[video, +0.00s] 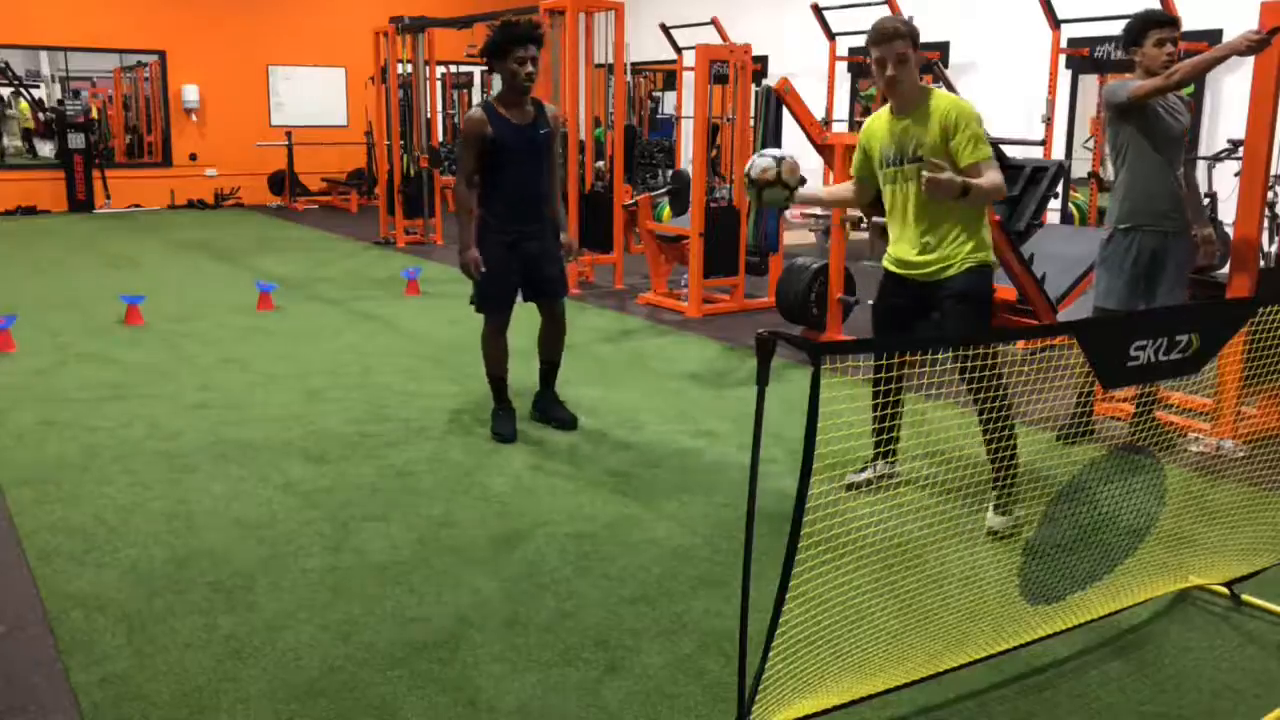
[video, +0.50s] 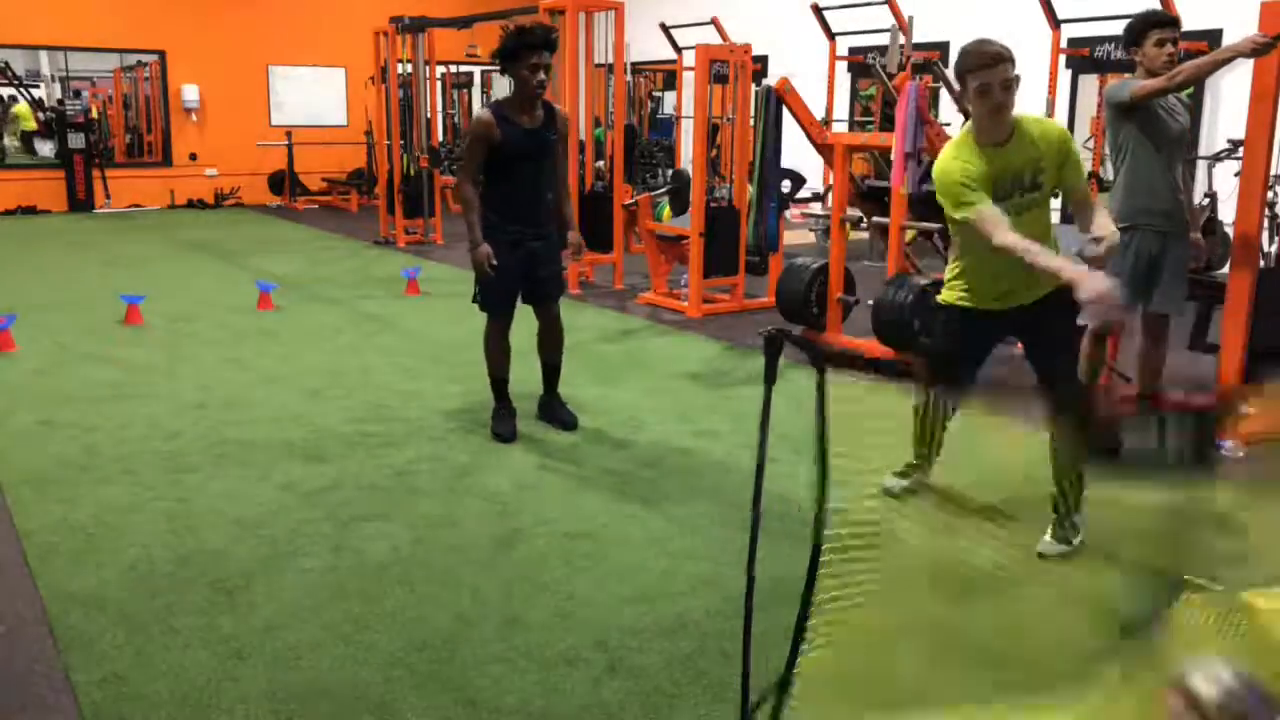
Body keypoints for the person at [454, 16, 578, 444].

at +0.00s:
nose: (527, 69)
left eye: (532, 61)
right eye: (517, 62)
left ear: (538, 65)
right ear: (497, 67)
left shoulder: (547, 118)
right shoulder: (478, 123)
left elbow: (553, 181)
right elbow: (464, 185)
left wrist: (564, 228)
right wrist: (467, 245)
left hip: (541, 237)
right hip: (496, 240)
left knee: (555, 314)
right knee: (495, 324)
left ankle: (547, 396)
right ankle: (502, 406)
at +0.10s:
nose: (526, 71)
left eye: (532, 63)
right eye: (517, 63)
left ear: (538, 66)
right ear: (496, 66)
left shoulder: (546, 116)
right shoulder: (477, 122)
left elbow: (552, 178)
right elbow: (462, 185)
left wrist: (562, 227)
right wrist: (467, 246)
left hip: (540, 238)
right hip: (496, 241)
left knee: (549, 317)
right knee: (496, 325)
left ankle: (545, 400)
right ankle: (502, 406)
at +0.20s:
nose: (527, 72)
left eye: (533, 64)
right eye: (518, 64)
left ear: (539, 67)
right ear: (496, 67)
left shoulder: (547, 117)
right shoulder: (477, 123)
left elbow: (552, 178)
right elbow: (463, 184)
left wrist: (562, 226)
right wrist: (469, 245)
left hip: (539, 236)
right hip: (496, 239)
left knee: (549, 316)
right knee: (496, 324)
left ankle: (546, 400)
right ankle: (502, 405)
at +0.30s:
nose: (530, 75)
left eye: (536, 67)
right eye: (521, 66)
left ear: (542, 68)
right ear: (499, 68)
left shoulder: (549, 119)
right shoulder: (479, 123)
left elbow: (552, 180)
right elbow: (462, 185)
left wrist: (564, 227)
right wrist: (472, 243)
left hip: (540, 238)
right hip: (496, 241)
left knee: (551, 316)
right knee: (495, 325)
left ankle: (549, 398)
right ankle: (502, 405)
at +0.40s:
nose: (535, 77)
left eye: (540, 68)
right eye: (526, 68)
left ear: (546, 70)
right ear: (504, 70)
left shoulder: (552, 120)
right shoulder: (482, 124)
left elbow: (554, 180)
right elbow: (463, 184)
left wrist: (565, 226)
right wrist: (474, 243)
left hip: (541, 239)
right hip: (497, 242)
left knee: (550, 317)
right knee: (496, 325)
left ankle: (550, 398)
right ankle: (502, 406)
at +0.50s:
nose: (540, 78)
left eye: (545, 69)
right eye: (531, 69)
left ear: (551, 72)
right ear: (509, 70)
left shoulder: (556, 121)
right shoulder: (487, 123)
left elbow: (560, 181)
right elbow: (467, 182)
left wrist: (570, 227)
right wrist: (476, 242)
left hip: (544, 240)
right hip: (500, 242)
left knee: (550, 318)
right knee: (498, 325)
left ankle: (551, 398)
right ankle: (502, 406)